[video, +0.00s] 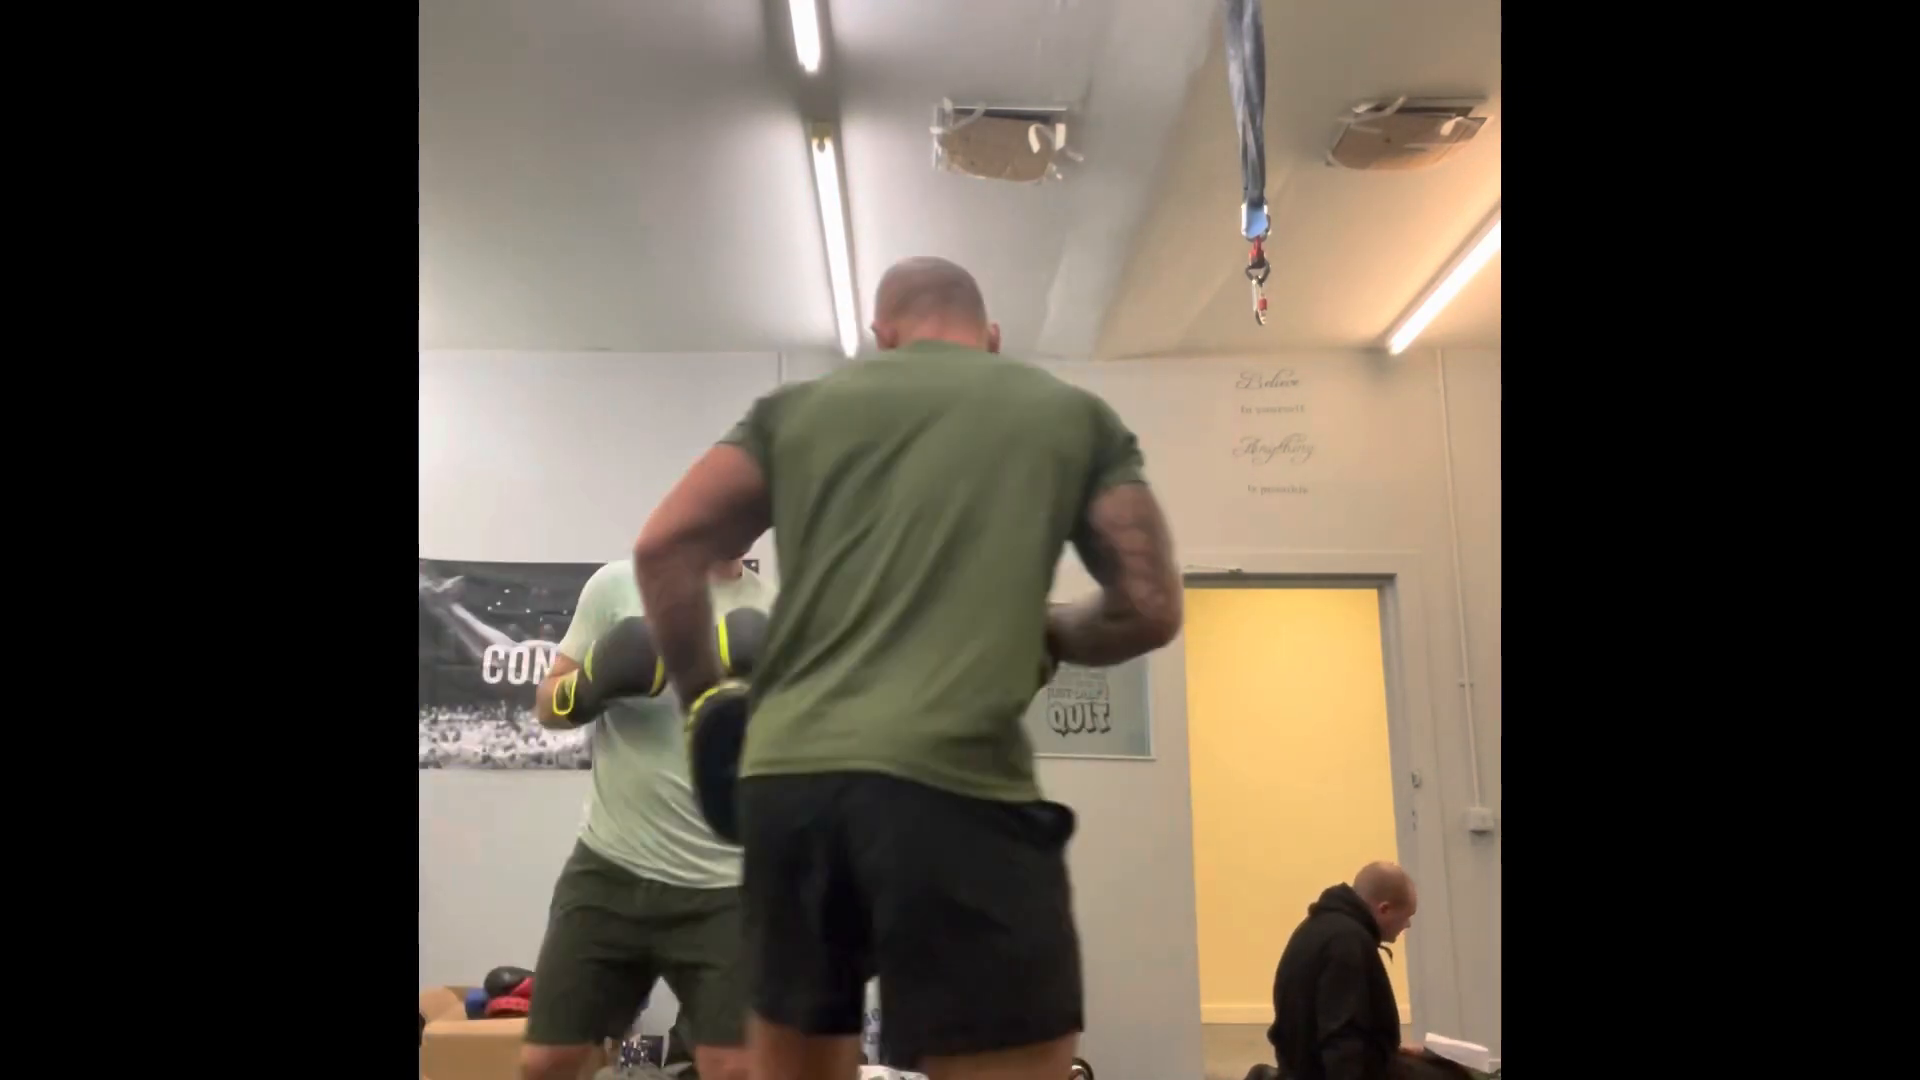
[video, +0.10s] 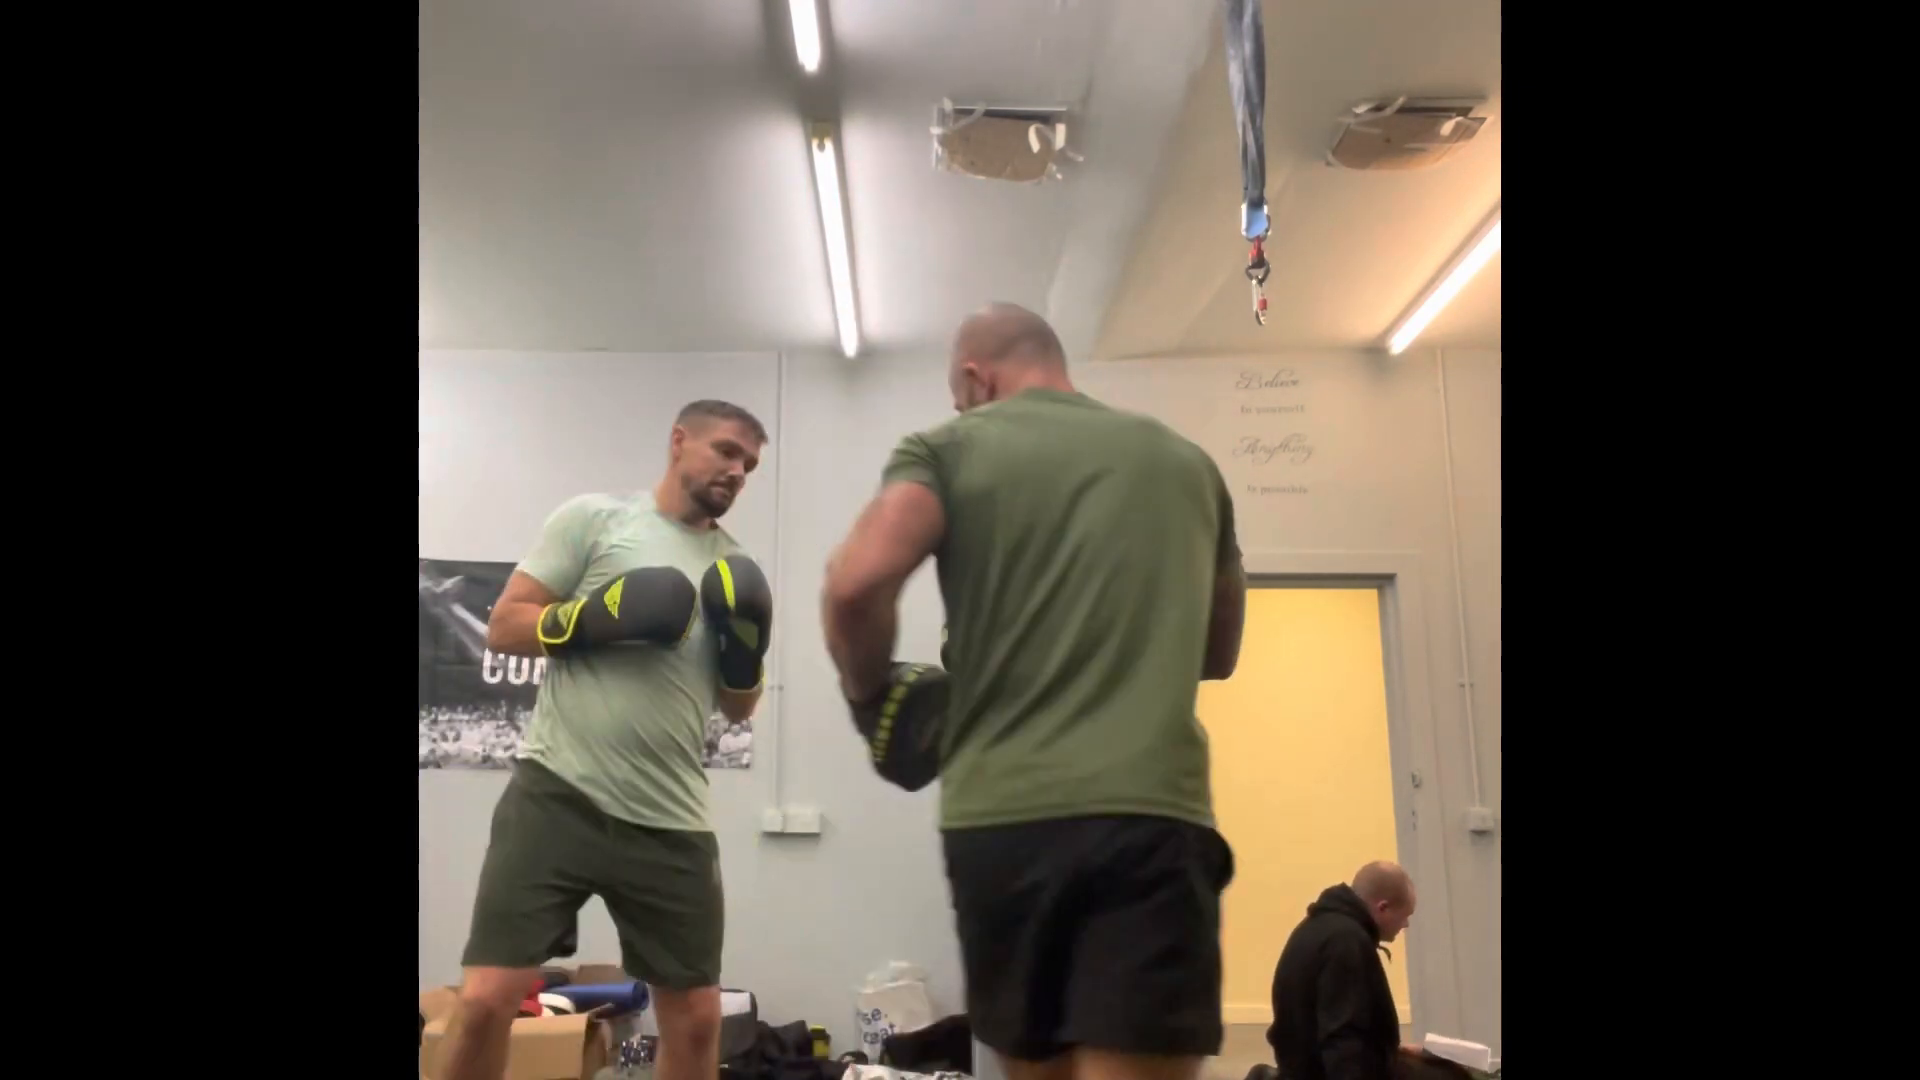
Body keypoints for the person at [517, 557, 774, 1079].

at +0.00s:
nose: (725, 511)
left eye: (741, 498)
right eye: (708, 487)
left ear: (760, 516)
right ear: (682, 497)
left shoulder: (775, 606)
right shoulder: (615, 586)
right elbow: (549, 703)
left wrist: (769, 671)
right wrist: (597, 681)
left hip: (724, 886)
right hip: (609, 871)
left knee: (733, 1067)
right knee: (546, 1061)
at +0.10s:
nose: (737, 471)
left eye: (749, 464)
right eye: (726, 451)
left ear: (752, 478)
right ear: (679, 442)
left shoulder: (737, 572)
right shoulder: (591, 517)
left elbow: (739, 709)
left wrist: (742, 646)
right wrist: (585, 619)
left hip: (671, 818)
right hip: (556, 793)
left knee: (696, 1019)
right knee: (484, 1004)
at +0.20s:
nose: (655, 491)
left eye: (663, 481)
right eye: (641, 472)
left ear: (666, 491)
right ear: (586, 467)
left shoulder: (649, 594)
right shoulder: (512, 554)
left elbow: (651, 745)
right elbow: (456, 688)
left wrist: (683, 681)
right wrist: (567, 636)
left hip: (616, 857)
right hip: (502, 836)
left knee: (655, 1051)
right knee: (423, 1036)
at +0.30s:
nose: (572, 479)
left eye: (576, 467)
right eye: (557, 458)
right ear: (495, 449)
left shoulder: (533, 570)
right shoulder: (434, 530)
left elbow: (516, 715)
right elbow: (426, 654)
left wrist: (588, 668)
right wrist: (509, 603)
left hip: (516, 862)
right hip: (427, 858)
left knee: (574, 1054)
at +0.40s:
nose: (536, 433)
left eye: (541, 419)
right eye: (520, 411)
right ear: (454, 400)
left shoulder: (509, 533)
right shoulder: (419, 493)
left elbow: (507, 691)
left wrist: (558, 621)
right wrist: (458, 548)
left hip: (491, 822)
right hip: (423, 813)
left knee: (517, 1045)